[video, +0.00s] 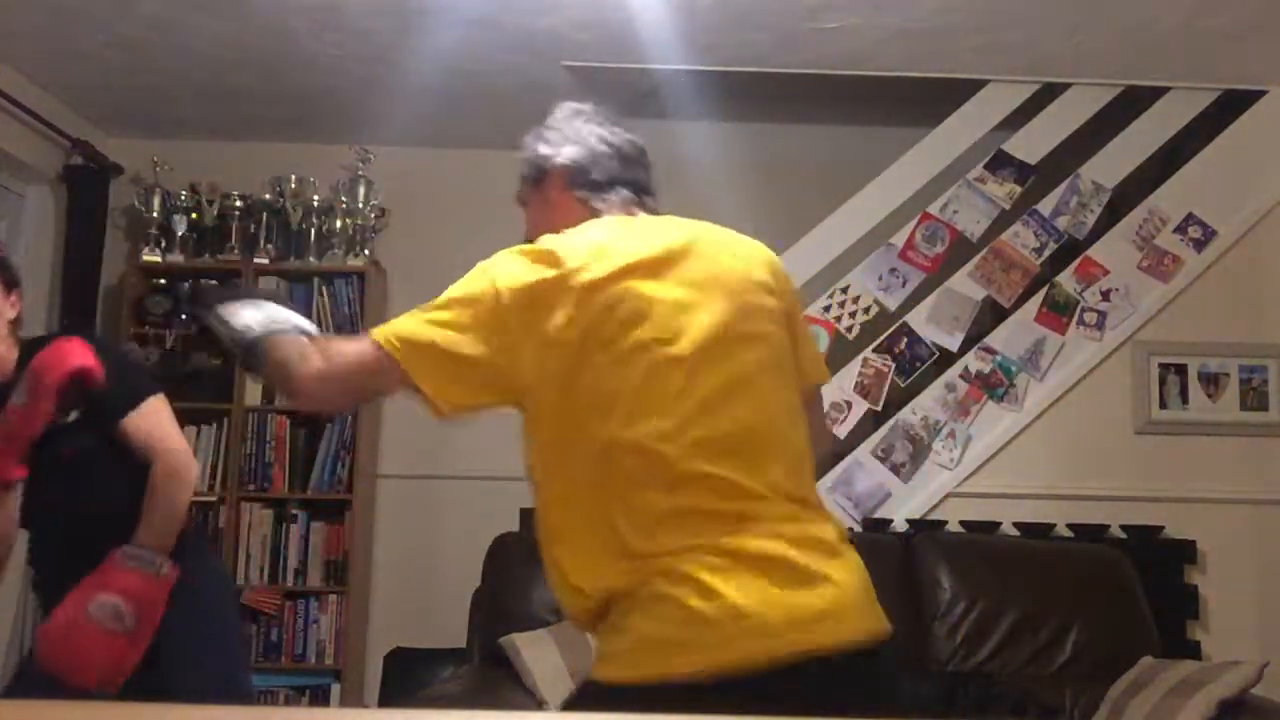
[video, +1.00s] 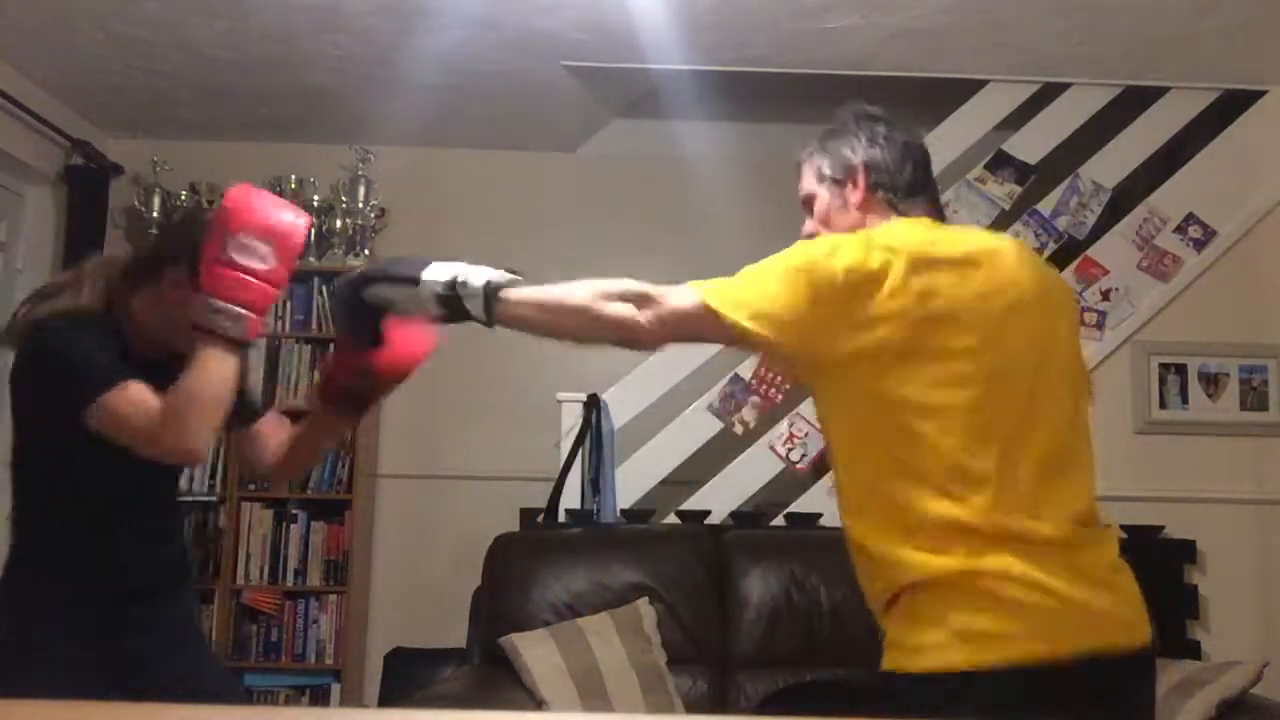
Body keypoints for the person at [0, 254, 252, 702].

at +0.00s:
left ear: (11, 302)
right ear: (11, 303)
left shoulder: (77, 358)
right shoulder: (10, 407)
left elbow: (177, 464)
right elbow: (5, 549)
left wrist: (134, 575)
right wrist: (11, 448)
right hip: (71, 608)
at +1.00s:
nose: (213, 336)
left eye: (219, 324)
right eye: (205, 318)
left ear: (185, 291)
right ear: (173, 283)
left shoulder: (183, 352)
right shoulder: (60, 340)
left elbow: (277, 465)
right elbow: (182, 439)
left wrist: (348, 395)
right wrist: (234, 305)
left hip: (161, 633)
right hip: (57, 637)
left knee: (221, 709)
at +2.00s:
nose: (422, 249)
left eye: (423, 232)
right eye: (409, 231)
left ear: (362, 235)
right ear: (348, 231)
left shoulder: (402, 309)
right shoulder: (271, 330)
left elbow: (536, 352)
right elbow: (395, 433)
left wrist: (629, 289)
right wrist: (563, 433)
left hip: (335, 623)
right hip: (232, 627)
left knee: (391, 712)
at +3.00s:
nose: (357, 312)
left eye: (358, 291)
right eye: (347, 287)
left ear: (296, 282)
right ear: (293, 278)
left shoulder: (287, 366)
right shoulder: (170, 357)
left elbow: (318, 497)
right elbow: (227, 502)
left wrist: (387, 417)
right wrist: (341, 388)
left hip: (252, 639)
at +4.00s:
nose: (756, 373)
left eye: (752, 363)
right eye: (746, 362)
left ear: (679, 361)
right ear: (716, 357)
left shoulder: (673, 451)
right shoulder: (699, 381)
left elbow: (780, 488)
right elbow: (825, 409)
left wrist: (851, 428)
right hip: (561, 624)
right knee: (655, 705)